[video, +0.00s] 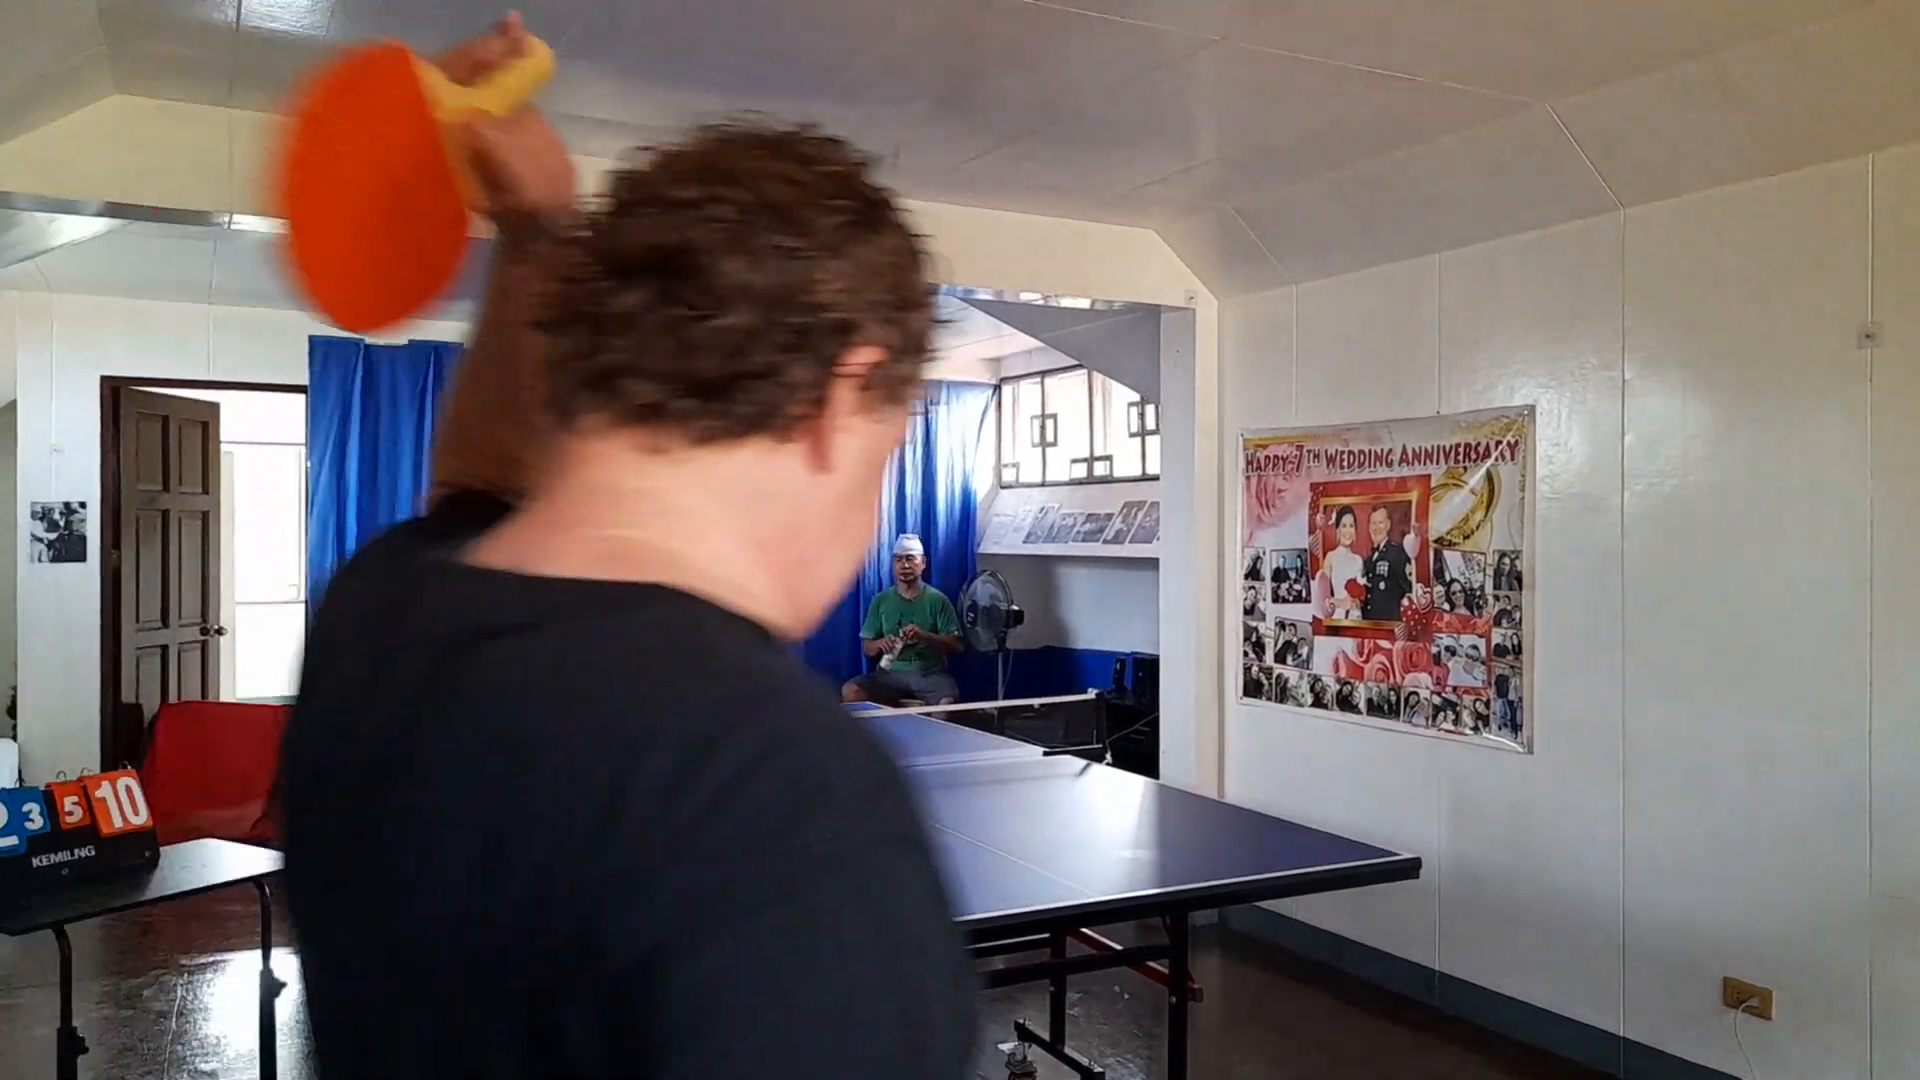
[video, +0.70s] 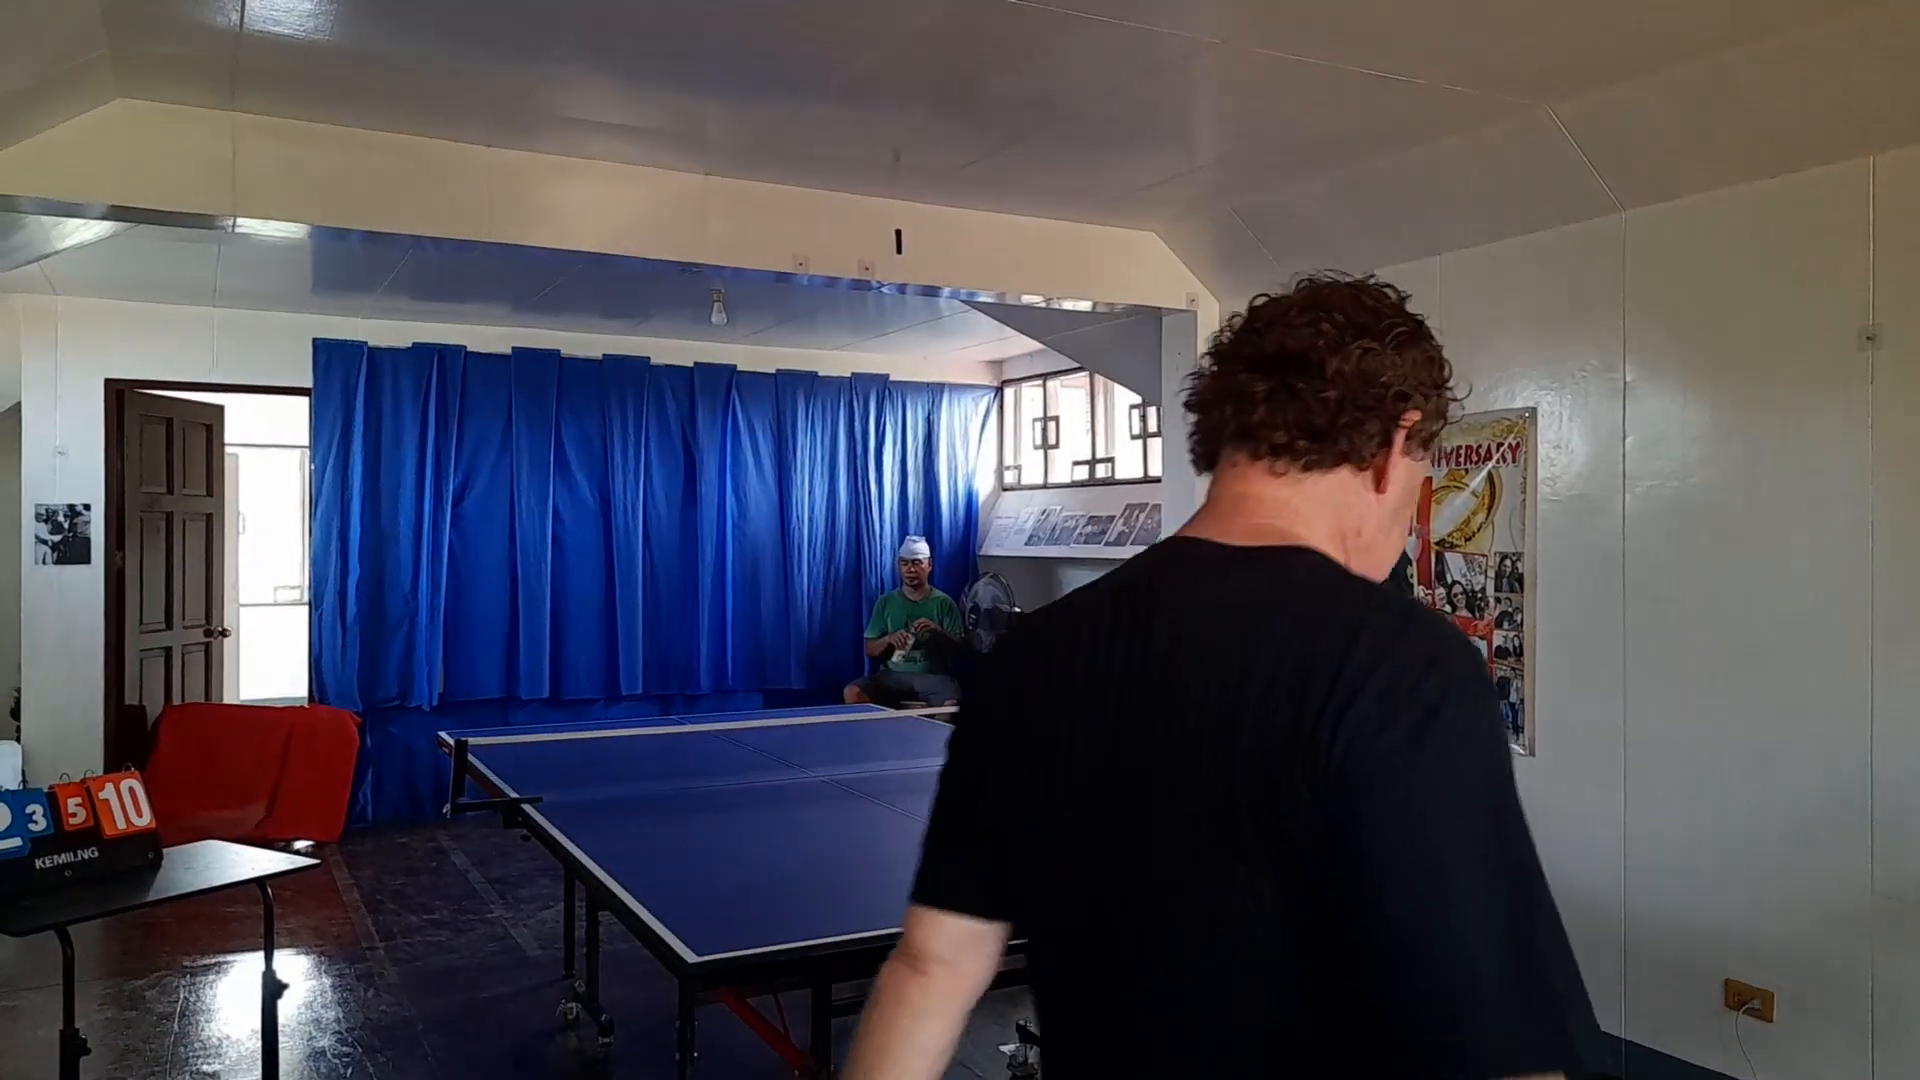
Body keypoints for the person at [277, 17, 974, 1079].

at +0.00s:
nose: (878, 508)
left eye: (898, 451)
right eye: (895, 446)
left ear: (584, 352)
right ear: (846, 401)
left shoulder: (375, 623)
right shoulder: (778, 778)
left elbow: (481, 484)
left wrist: (536, 237)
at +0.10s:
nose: (1000, 495)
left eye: (1018, 435)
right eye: (1016, 430)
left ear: (721, 362)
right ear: (973, 393)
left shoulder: (505, 622)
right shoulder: (957, 734)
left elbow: (594, 531)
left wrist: (701, 294)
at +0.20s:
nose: (1097, 488)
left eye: (1115, 425)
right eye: (1114, 417)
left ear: (849, 356)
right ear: (1080, 382)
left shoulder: (624, 620)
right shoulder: (1091, 714)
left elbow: (622, 1007)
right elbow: (1187, 1051)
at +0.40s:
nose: (1275, 477)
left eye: (1286, 432)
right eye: (1287, 426)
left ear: (1044, 382)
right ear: (1258, 405)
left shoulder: (841, 633)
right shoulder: (1267, 689)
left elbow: (747, 918)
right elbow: (1403, 1042)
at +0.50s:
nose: (1343, 490)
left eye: (1351, 448)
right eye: (1352, 443)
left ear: (1126, 406)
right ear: (1320, 429)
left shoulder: (928, 643)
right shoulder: (1320, 677)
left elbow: (796, 976)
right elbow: (1451, 1039)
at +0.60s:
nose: (1379, 527)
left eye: (1391, 488)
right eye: (1391, 483)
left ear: (1185, 430)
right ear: (1363, 452)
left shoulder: (983, 665)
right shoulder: (1356, 681)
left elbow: (862, 1005)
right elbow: (1486, 1040)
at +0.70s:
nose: (1408, 525)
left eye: (1421, 483)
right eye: (1421, 475)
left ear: (1228, 433)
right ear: (1394, 444)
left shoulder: (1038, 653)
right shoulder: (1403, 665)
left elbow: (935, 963)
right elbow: (1505, 1035)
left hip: (1110, 1063)